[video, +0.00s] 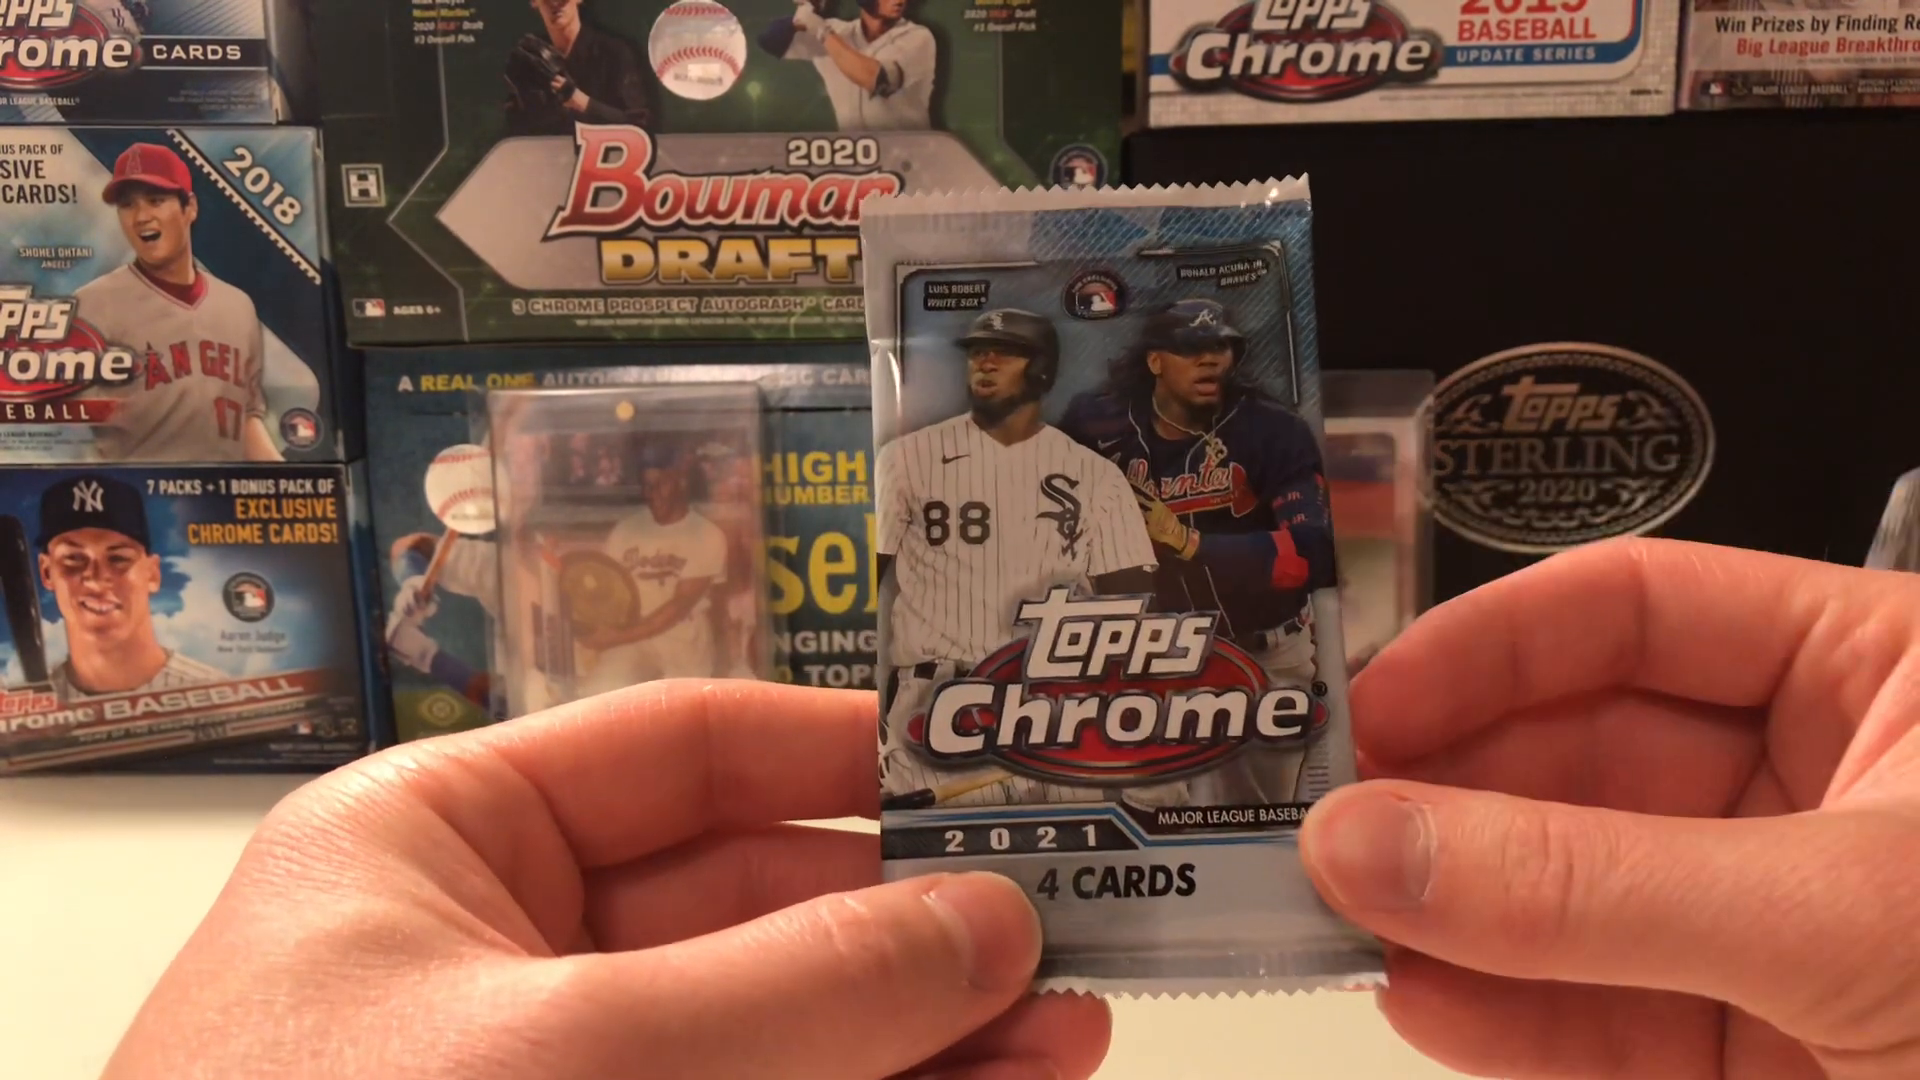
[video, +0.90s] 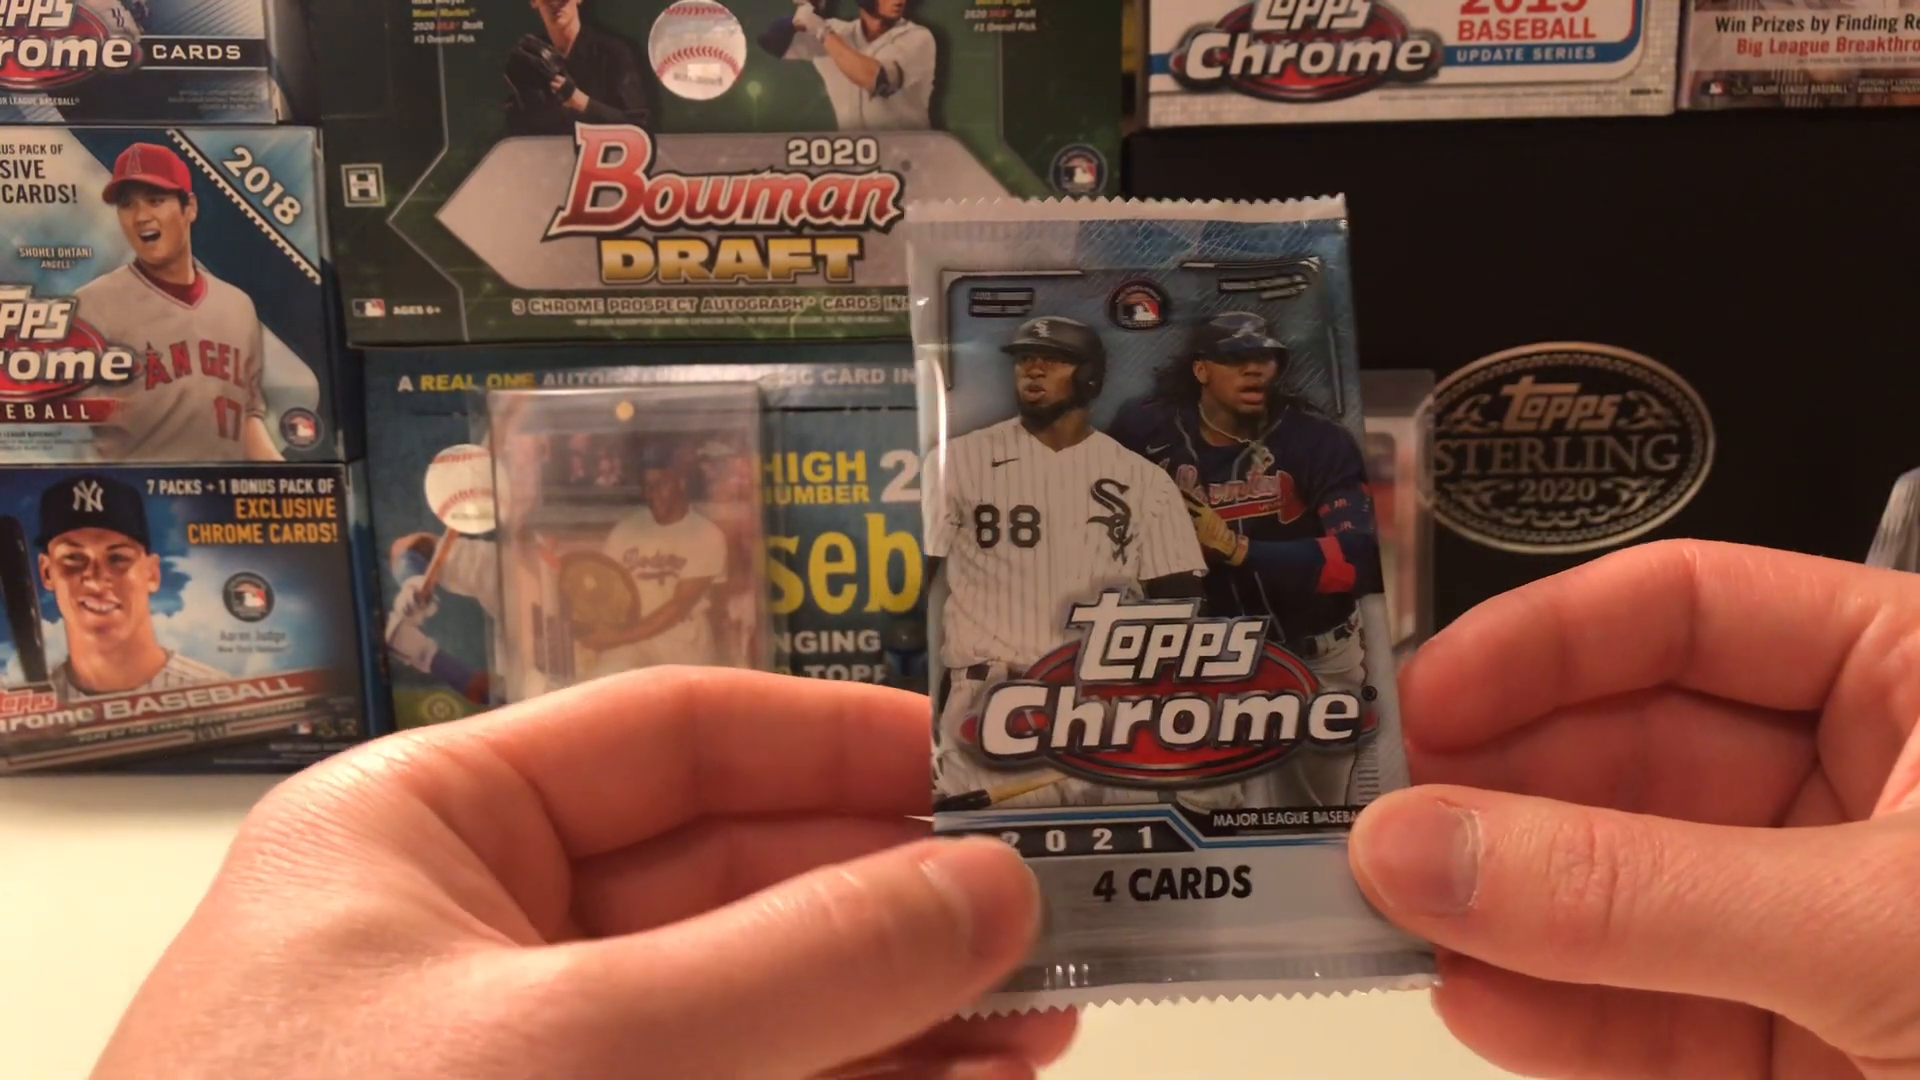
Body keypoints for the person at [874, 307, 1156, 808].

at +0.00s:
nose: (984, 364)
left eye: (1002, 353)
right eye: (977, 353)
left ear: (1040, 370)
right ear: (966, 363)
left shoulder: (1096, 478)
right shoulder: (904, 462)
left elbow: (1128, 612)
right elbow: (856, 587)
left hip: (1052, 717)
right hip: (927, 715)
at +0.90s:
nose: (1032, 370)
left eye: (1051, 360)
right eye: (1025, 359)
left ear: (1087, 377)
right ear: (1014, 369)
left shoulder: (1145, 483)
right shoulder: (957, 464)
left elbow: (1178, 611)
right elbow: (910, 593)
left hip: (1100, 716)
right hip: (979, 714)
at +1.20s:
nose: (1028, 369)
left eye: (1046, 359)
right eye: (1021, 358)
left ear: (1083, 375)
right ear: (1010, 368)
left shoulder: (1139, 478)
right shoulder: (951, 462)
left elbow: (1172, 606)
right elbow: (912, 588)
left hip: (1099, 717)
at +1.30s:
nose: (1038, 376)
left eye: (1055, 366)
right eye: (1031, 365)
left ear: (1091, 382)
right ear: (1020, 375)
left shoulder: (1147, 485)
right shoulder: (959, 468)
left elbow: (1183, 611)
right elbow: (934, 593)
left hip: (1102, 711)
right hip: (982, 710)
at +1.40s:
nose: (1045, 379)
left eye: (1062, 368)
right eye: (1037, 368)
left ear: (1098, 384)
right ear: (1027, 378)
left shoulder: (1156, 486)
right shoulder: (970, 471)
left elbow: (1191, 613)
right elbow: (946, 594)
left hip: (1111, 714)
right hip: (993, 714)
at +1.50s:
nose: (1044, 357)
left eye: (1063, 343)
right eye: (1035, 345)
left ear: (1102, 353)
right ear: (1023, 355)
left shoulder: (1168, 462)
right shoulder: (980, 462)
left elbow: (1210, 591)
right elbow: (972, 593)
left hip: (1142, 732)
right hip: (1022, 738)